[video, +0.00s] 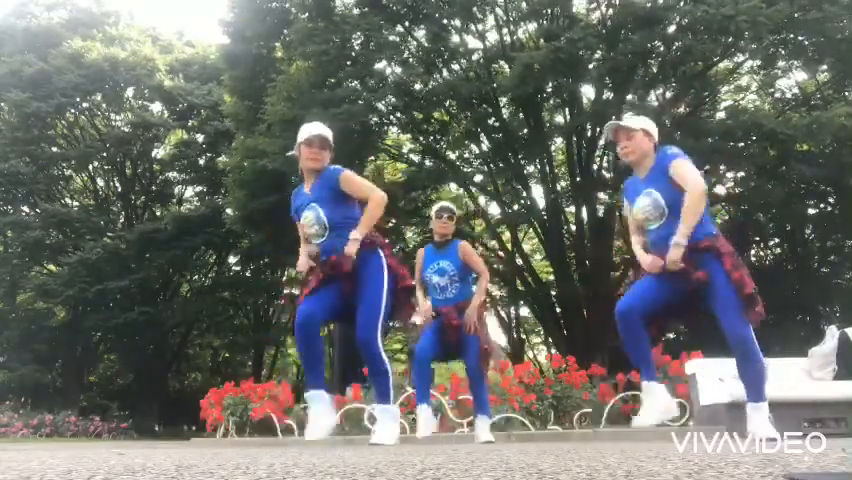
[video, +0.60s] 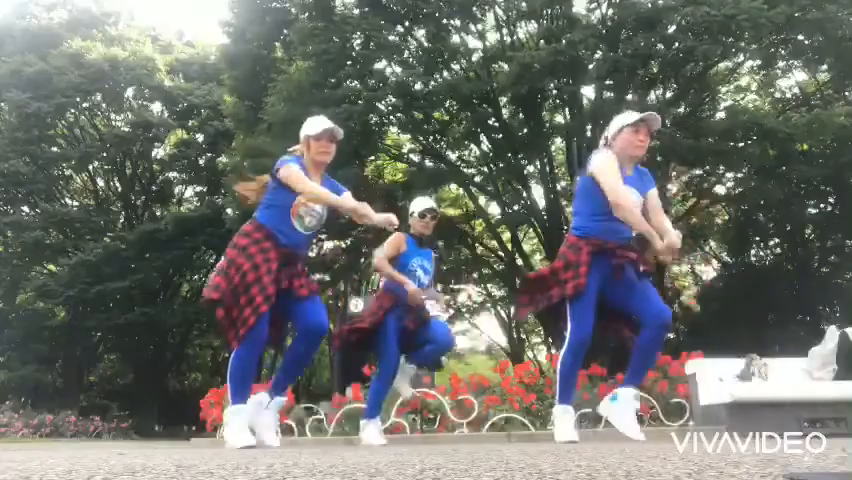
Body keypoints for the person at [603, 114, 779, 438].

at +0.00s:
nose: (623, 145)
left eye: (629, 137)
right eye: (618, 141)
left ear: (649, 138)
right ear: (617, 148)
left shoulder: (669, 158)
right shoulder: (630, 187)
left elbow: (697, 189)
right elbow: (635, 232)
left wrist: (679, 242)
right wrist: (642, 255)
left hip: (707, 260)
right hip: (668, 269)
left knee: (739, 333)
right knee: (626, 310)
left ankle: (758, 412)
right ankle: (655, 395)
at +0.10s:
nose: (615, 147)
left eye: (622, 139)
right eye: (612, 143)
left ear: (644, 142)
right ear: (611, 150)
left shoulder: (665, 166)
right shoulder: (622, 192)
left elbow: (717, 185)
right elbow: (627, 239)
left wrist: (700, 235)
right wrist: (626, 264)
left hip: (694, 267)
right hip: (652, 277)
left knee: (731, 338)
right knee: (611, 320)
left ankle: (760, 414)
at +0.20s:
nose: (611, 135)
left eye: (620, 128)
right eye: (609, 131)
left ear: (640, 138)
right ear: (607, 143)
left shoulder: (658, 166)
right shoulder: (605, 187)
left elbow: (705, 199)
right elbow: (607, 233)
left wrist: (704, 238)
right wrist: (606, 261)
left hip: (667, 266)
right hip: (627, 274)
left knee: (709, 340)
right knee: (591, 327)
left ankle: (757, 411)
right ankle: (587, 417)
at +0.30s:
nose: (611, 111)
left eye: (619, 106)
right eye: (608, 107)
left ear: (638, 116)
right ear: (604, 117)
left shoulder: (654, 150)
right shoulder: (586, 153)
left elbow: (685, 191)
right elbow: (566, 198)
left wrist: (660, 200)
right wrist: (593, 206)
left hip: (646, 245)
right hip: (603, 249)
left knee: (683, 319)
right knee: (584, 326)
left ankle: (728, 398)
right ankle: (586, 416)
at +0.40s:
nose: (617, 113)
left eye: (624, 108)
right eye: (611, 108)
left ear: (636, 115)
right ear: (602, 114)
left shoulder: (645, 145)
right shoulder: (591, 134)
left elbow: (664, 185)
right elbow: (589, 161)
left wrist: (642, 172)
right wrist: (632, 175)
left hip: (634, 234)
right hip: (594, 234)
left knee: (650, 302)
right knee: (581, 319)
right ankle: (571, 406)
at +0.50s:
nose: (624, 128)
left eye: (631, 123)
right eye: (617, 121)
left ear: (637, 129)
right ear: (603, 124)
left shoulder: (639, 158)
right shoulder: (593, 146)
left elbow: (658, 196)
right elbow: (620, 177)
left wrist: (664, 218)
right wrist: (658, 203)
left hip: (624, 251)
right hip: (589, 250)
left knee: (623, 324)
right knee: (577, 328)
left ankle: (608, 411)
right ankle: (563, 410)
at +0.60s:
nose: (643, 138)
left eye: (647, 134)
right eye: (635, 131)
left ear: (649, 142)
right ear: (614, 137)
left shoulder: (643, 176)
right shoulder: (603, 159)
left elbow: (658, 214)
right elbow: (619, 202)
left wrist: (671, 236)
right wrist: (653, 236)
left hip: (622, 261)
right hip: (587, 258)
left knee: (659, 316)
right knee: (580, 335)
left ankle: (624, 398)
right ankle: (563, 410)